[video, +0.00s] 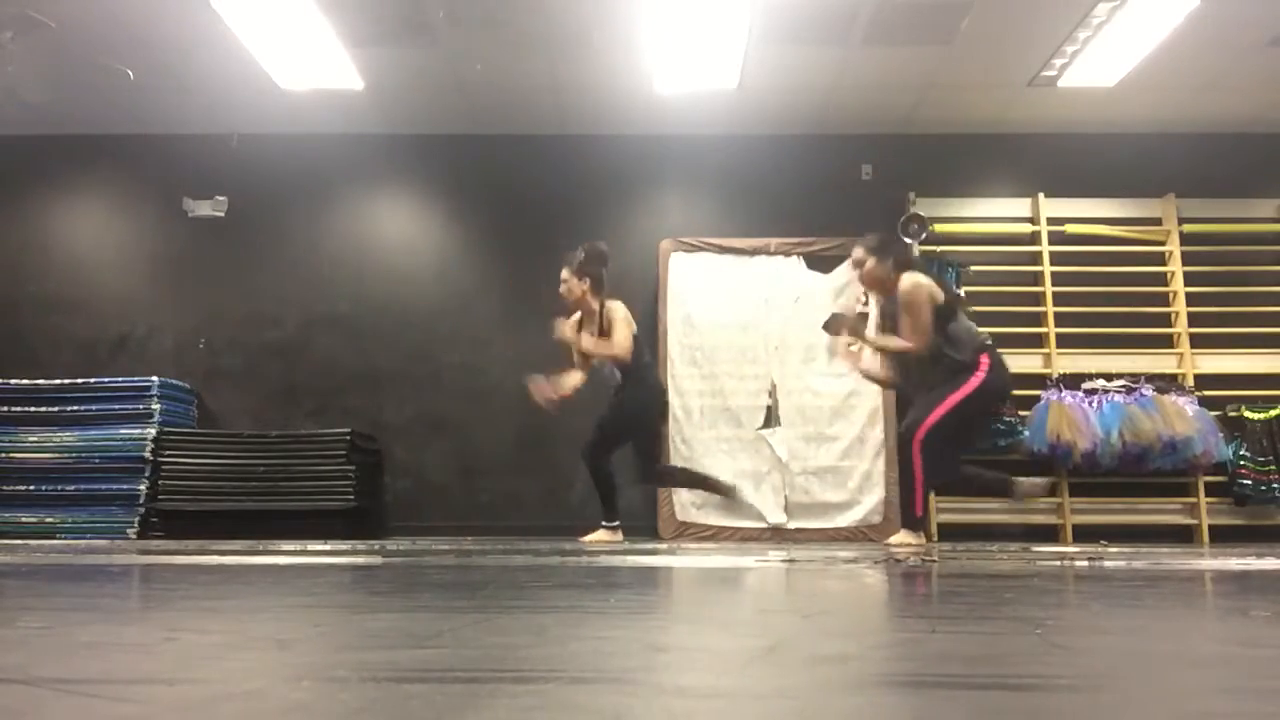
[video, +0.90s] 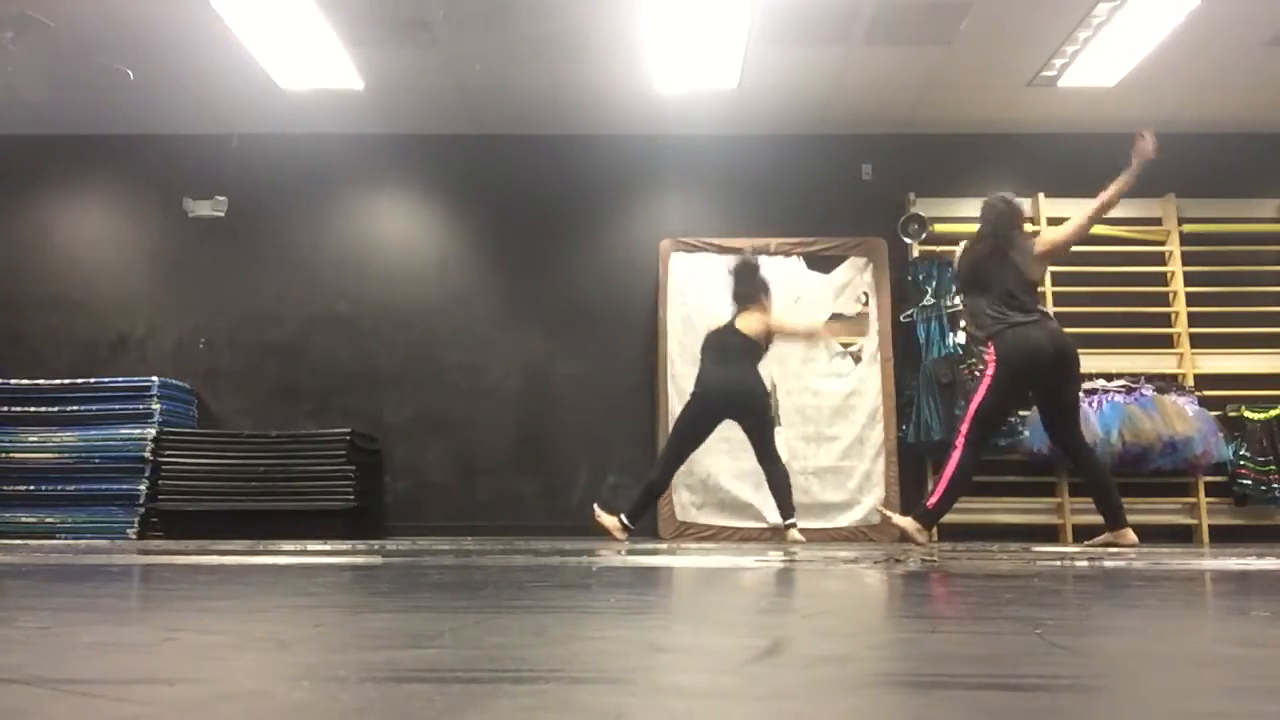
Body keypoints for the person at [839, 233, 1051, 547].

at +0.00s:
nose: (856, 273)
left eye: (860, 264)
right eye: (854, 266)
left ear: (886, 262)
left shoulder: (912, 284)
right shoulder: (887, 305)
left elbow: (918, 344)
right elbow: (900, 375)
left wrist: (864, 336)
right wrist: (861, 362)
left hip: (979, 371)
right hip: (949, 379)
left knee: (916, 433)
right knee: (934, 467)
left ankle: (914, 530)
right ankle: (1018, 489)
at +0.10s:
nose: (861, 293)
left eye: (866, 285)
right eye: (859, 285)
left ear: (890, 282)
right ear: (881, 286)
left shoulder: (929, 303)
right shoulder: (896, 318)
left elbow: (959, 359)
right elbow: (914, 376)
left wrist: (903, 366)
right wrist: (894, 410)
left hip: (998, 372)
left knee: (923, 435)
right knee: (999, 487)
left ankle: (914, 530)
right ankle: (1092, 504)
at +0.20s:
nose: (886, 296)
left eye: (890, 287)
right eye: (885, 288)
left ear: (912, 285)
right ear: (911, 286)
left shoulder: (948, 306)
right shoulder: (921, 317)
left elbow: (976, 364)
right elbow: (922, 367)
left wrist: (934, 364)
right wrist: (911, 417)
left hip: (1023, 372)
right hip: (1044, 375)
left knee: (941, 430)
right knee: (1029, 475)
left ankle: (917, 528)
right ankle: (1115, 520)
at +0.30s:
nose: (919, 282)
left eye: (918, 273)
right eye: (914, 275)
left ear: (935, 263)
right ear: (951, 257)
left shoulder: (956, 300)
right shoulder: (996, 276)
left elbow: (978, 360)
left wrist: (978, 377)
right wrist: (981, 365)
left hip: (1027, 364)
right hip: (1064, 361)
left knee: (950, 428)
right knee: (1046, 458)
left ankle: (921, 523)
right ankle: (1117, 523)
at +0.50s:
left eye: (972, 214)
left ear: (973, 220)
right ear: (1007, 208)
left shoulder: (966, 263)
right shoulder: (1026, 222)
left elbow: (974, 311)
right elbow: (1066, 176)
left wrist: (975, 282)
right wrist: (1055, 170)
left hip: (1022, 354)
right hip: (1065, 346)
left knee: (966, 432)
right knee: (1072, 447)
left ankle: (926, 520)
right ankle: (1120, 527)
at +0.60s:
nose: (1039, 204)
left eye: (1035, 200)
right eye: (1034, 201)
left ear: (988, 212)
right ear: (1026, 208)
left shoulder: (971, 251)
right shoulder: (1040, 228)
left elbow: (972, 280)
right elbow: (1087, 179)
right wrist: (1091, 138)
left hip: (1016, 350)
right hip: (1060, 342)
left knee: (971, 438)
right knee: (1078, 443)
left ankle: (926, 521)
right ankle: (1121, 528)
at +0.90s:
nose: (1027, 222)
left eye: (1024, 217)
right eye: (1024, 217)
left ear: (984, 223)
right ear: (1018, 221)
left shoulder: (965, 255)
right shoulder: (1034, 249)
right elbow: (1096, 210)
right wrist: (1136, 166)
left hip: (1010, 348)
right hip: (1054, 340)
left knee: (970, 439)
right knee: (1070, 439)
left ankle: (923, 522)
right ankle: (1120, 528)